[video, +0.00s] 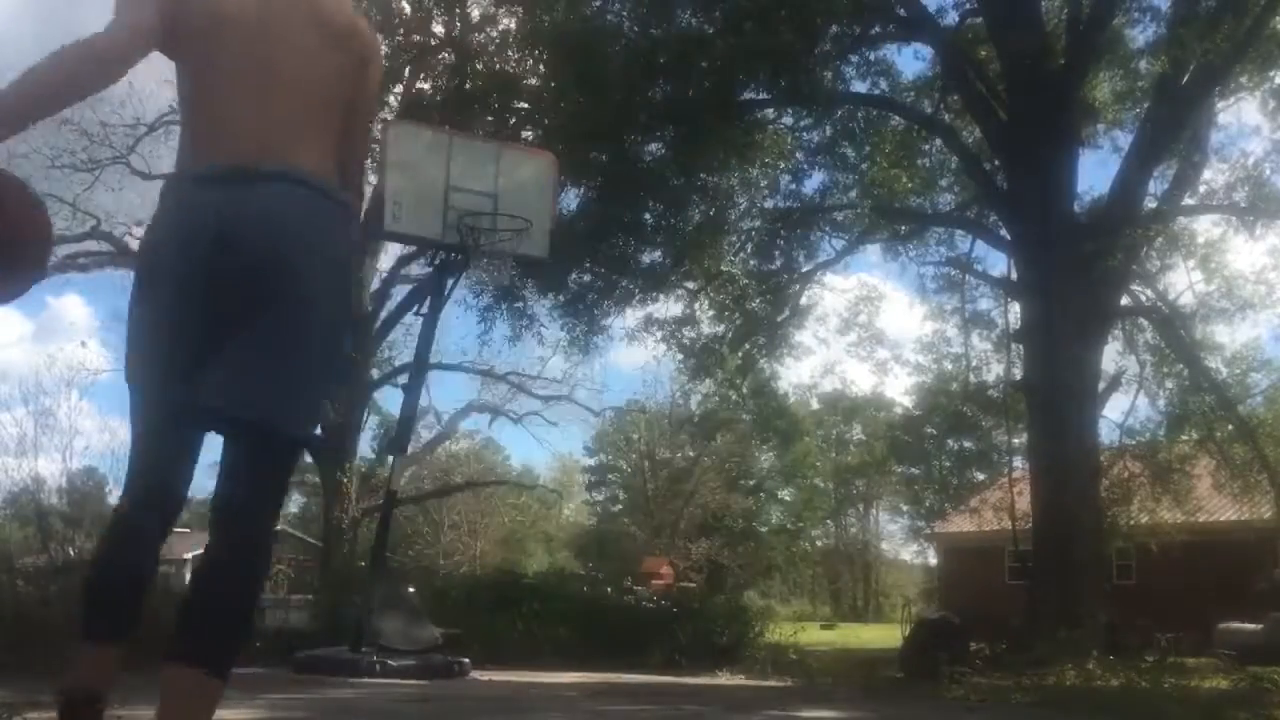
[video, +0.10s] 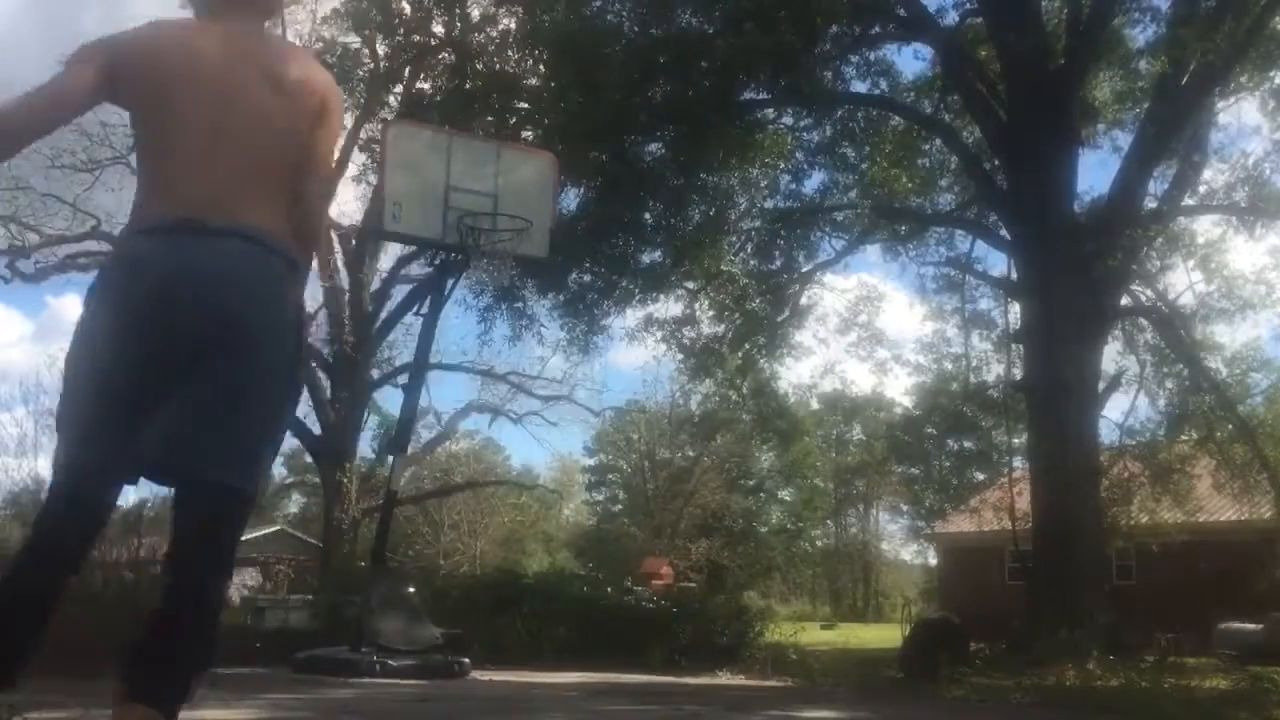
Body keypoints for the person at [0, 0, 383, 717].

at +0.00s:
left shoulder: (188, 5)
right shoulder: (359, 34)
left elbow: (103, 55)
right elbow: (351, 174)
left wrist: (0, 123)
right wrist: (341, 281)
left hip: (195, 220)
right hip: (311, 237)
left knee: (152, 489)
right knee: (244, 519)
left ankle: (82, 701)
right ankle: (184, 711)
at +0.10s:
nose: (286, 11)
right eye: (287, 10)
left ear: (200, 2)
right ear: (276, 9)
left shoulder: (142, 46)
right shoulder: (319, 84)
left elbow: (23, 119)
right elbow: (311, 209)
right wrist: (286, 304)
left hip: (148, 268)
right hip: (262, 287)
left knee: (74, 505)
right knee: (207, 535)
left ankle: (2, 678)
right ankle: (148, 704)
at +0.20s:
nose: (156, 69)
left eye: (153, 58)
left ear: (151, 67)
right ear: (229, 76)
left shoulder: (102, 129)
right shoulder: (278, 169)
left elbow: (10, 194)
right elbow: (263, 283)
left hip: (102, 336)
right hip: (214, 367)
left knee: (16, 543)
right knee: (144, 591)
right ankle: (102, 709)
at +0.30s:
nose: (131, 137)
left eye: (129, 127)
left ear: (132, 128)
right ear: (207, 133)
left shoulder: (94, 181)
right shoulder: (261, 197)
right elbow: (251, 304)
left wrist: (7, 392)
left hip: (102, 351)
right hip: (213, 378)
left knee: (28, 536)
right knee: (121, 566)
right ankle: (100, 699)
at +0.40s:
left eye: (171, 145)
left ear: (173, 146)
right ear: (247, 149)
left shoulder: (127, 192)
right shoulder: (288, 215)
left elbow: (97, 324)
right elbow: (283, 368)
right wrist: (260, 515)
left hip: (109, 344)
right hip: (223, 366)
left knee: (38, 529)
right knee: (165, 558)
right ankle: (183, 689)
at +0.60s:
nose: (379, 140)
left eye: (377, 130)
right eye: (378, 128)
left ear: (294, 118)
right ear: (365, 125)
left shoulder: (246, 164)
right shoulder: (389, 176)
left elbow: (161, 261)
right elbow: (479, 316)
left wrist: (181, 349)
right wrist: (519, 411)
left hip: (205, 324)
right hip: (310, 339)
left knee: (150, 564)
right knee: (296, 583)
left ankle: (27, 697)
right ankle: (280, 715)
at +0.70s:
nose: (408, 88)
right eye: (410, 79)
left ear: (335, 72)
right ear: (403, 76)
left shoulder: (288, 124)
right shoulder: (428, 128)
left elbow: (186, 172)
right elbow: (538, 241)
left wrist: (187, 319)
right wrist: (584, 316)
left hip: (262, 303)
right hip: (361, 311)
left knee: (246, 528)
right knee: (351, 545)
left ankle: (140, 685)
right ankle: (314, 706)